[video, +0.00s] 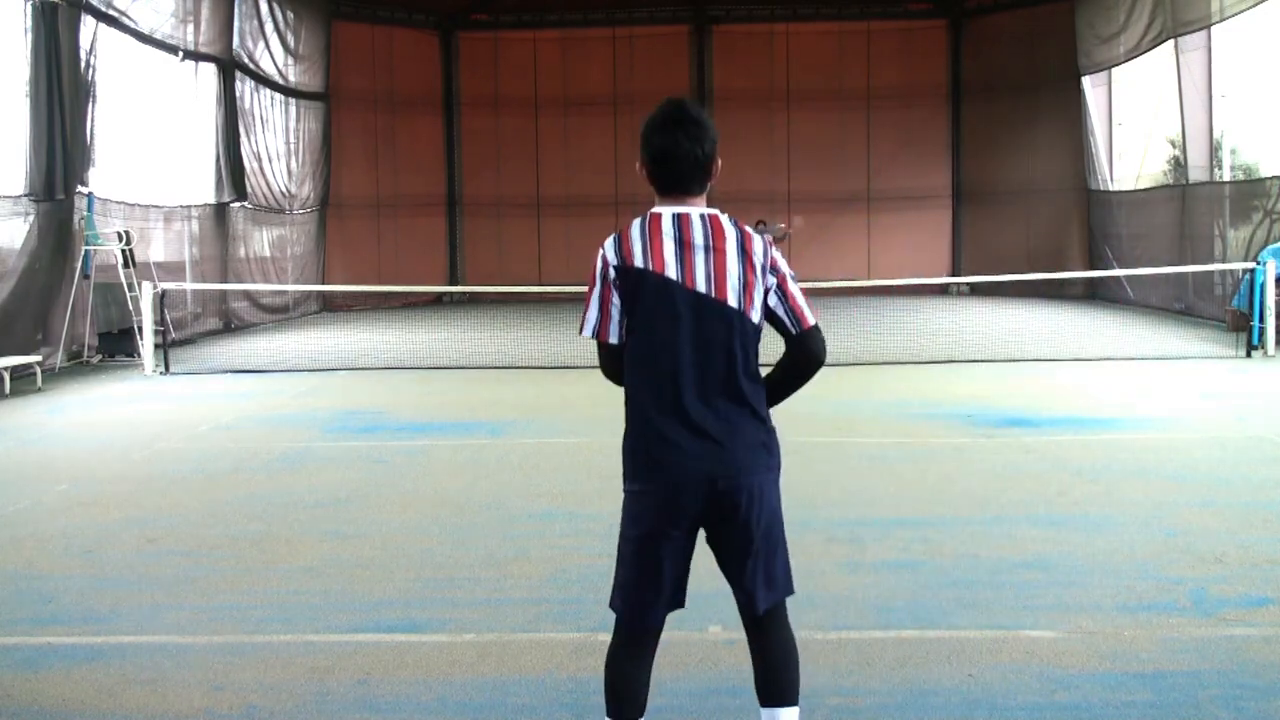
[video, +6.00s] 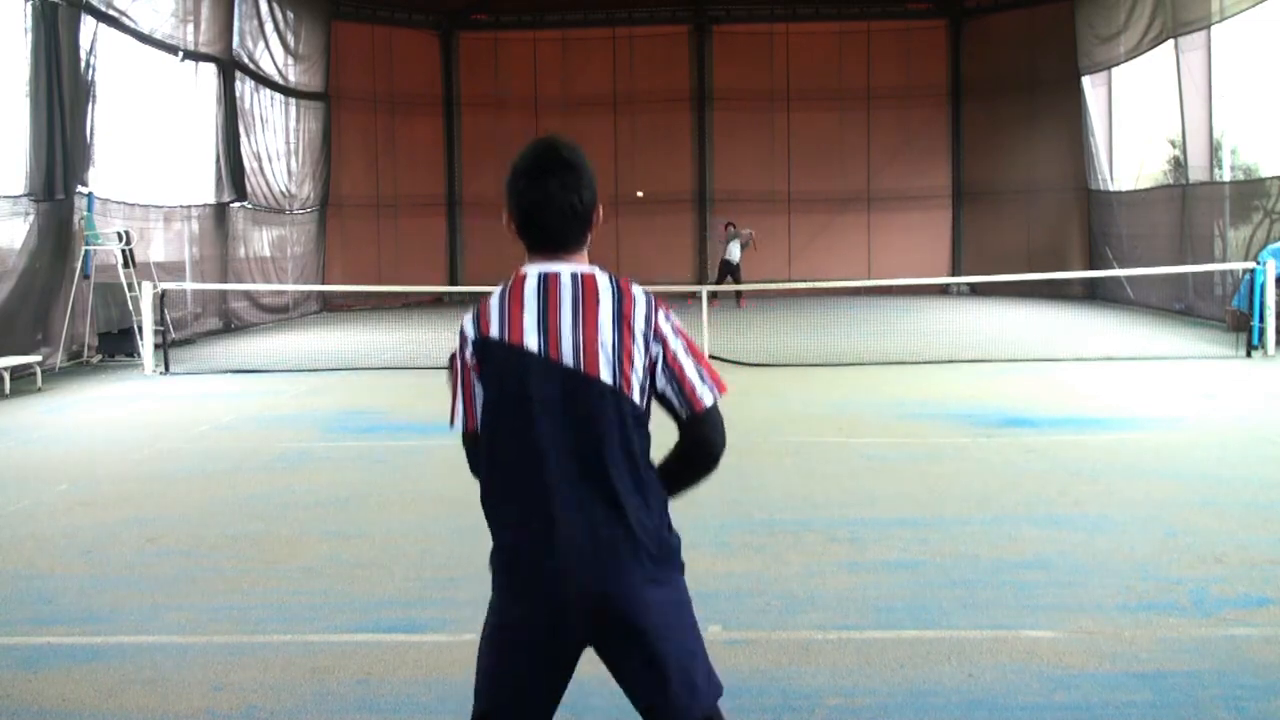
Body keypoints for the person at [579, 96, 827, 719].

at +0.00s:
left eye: (648, 160)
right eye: (714, 157)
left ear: (644, 171)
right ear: (716, 168)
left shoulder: (620, 250)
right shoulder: (754, 247)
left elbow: (614, 364)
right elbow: (811, 347)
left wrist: (671, 381)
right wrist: (757, 398)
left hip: (658, 463)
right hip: (744, 460)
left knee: (637, 621)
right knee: (766, 611)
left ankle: (622, 717)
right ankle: (782, 717)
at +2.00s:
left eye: (441, 171)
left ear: (443, 183)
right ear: (517, 178)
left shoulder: (440, 268)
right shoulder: (563, 259)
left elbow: (457, 387)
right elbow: (617, 356)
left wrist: (436, 395)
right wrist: (566, 404)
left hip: (485, 485)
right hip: (560, 479)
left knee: (436, 625)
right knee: (542, 628)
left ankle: (452, 719)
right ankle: (549, 719)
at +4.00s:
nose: (505, 249)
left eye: (506, 235)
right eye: (508, 232)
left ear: (515, 246)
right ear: (581, 229)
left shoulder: (599, 289)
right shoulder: (549, 331)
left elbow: (625, 415)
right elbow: (540, 419)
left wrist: (522, 425)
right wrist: (504, 457)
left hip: (691, 529)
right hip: (655, 532)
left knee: (673, 705)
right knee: (610, 631)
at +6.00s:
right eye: (597, 204)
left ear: (513, 225)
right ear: (595, 218)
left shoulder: (478, 326)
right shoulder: (639, 309)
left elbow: (479, 455)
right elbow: (706, 440)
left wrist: (538, 504)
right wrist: (644, 491)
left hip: (529, 579)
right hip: (632, 575)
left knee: (503, 711)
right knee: (692, 710)